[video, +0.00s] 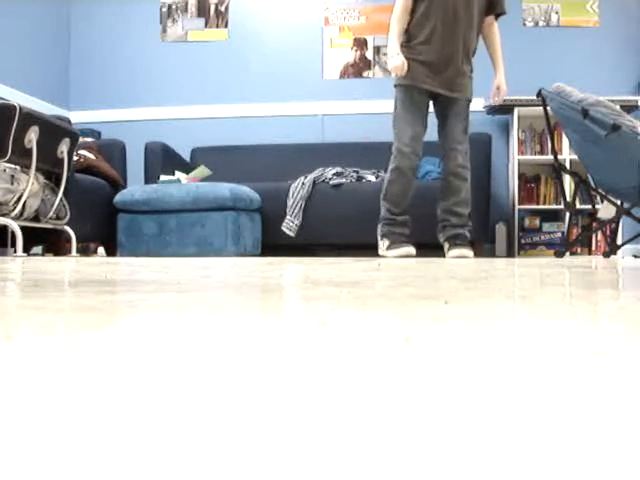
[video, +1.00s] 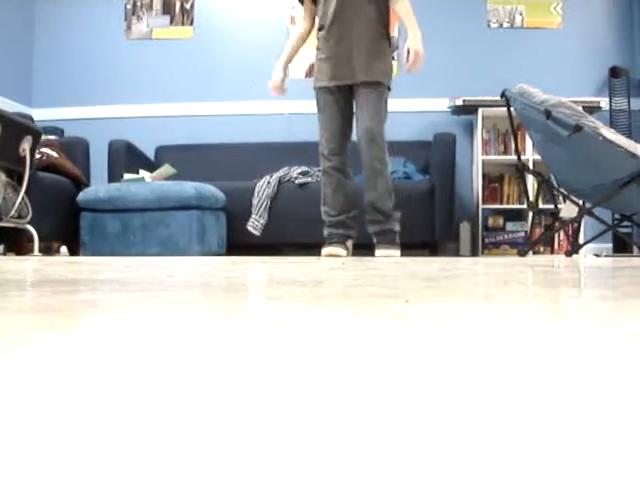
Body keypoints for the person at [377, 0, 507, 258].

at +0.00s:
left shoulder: (483, 3)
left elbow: (489, 22)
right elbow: (403, 6)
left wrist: (499, 73)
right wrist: (394, 50)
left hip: (458, 71)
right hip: (414, 65)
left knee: (457, 159)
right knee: (407, 153)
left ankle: (456, 237)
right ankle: (392, 235)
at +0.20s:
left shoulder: (470, 3)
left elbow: (477, 22)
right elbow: (389, 8)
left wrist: (489, 73)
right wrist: (381, 49)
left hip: (445, 73)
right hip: (401, 67)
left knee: (447, 158)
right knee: (389, 152)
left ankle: (449, 238)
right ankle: (375, 236)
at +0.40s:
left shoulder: (457, 2)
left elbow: (466, 20)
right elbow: (375, 11)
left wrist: (479, 69)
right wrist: (372, 49)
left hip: (435, 74)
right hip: (390, 70)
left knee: (440, 159)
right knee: (377, 154)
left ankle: (445, 239)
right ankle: (365, 236)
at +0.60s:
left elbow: (420, 8)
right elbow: (335, 10)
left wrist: (433, 53)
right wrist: (332, 52)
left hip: (398, 69)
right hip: (352, 68)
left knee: (411, 156)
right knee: (347, 156)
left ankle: (426, 238)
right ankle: (346, 239)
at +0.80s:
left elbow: (400, 5)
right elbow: (312, 19)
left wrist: (414, 41)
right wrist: (298, 59)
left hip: (379, 63)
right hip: (333, 64)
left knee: (383, 151)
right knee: (334, 155)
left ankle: (393, 236)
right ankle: (338, 237)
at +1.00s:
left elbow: (399, 4)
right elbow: (305, 24)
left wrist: (415, 35)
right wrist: (282, 64)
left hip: (373, 60)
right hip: (328, 64)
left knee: (372, 143)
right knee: (331, 154)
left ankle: (385, 235)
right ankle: (337, 236)